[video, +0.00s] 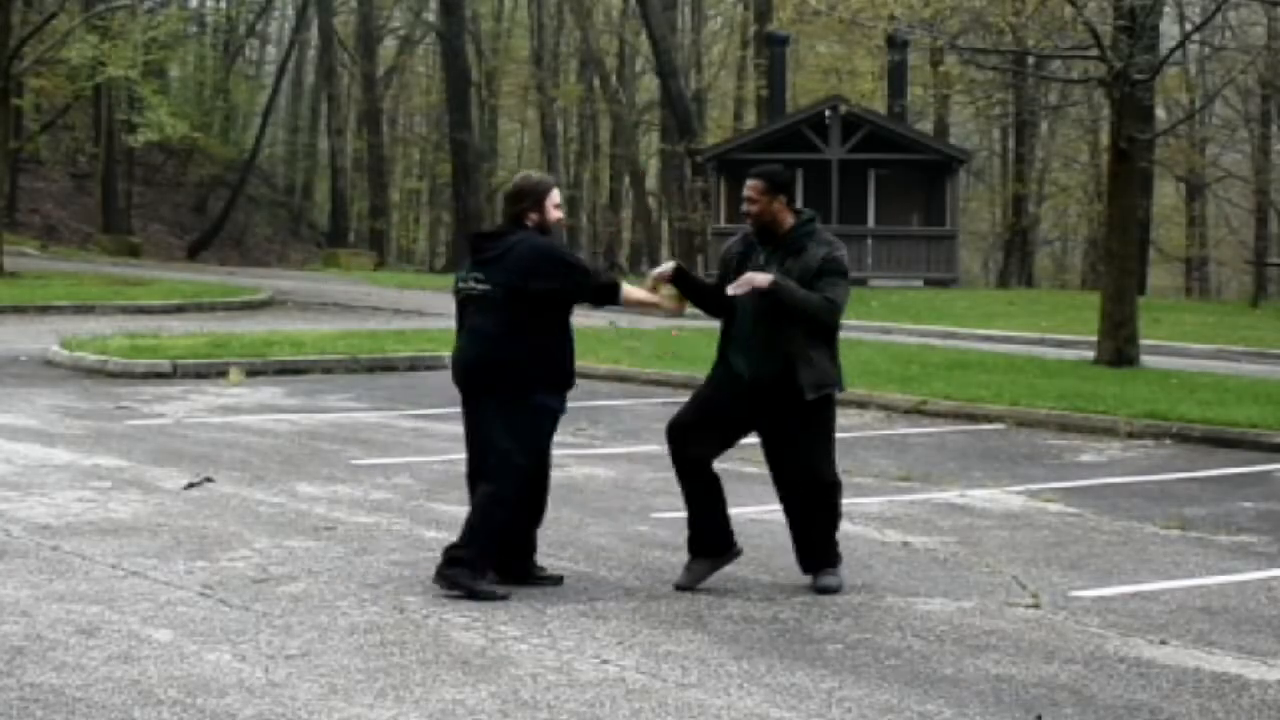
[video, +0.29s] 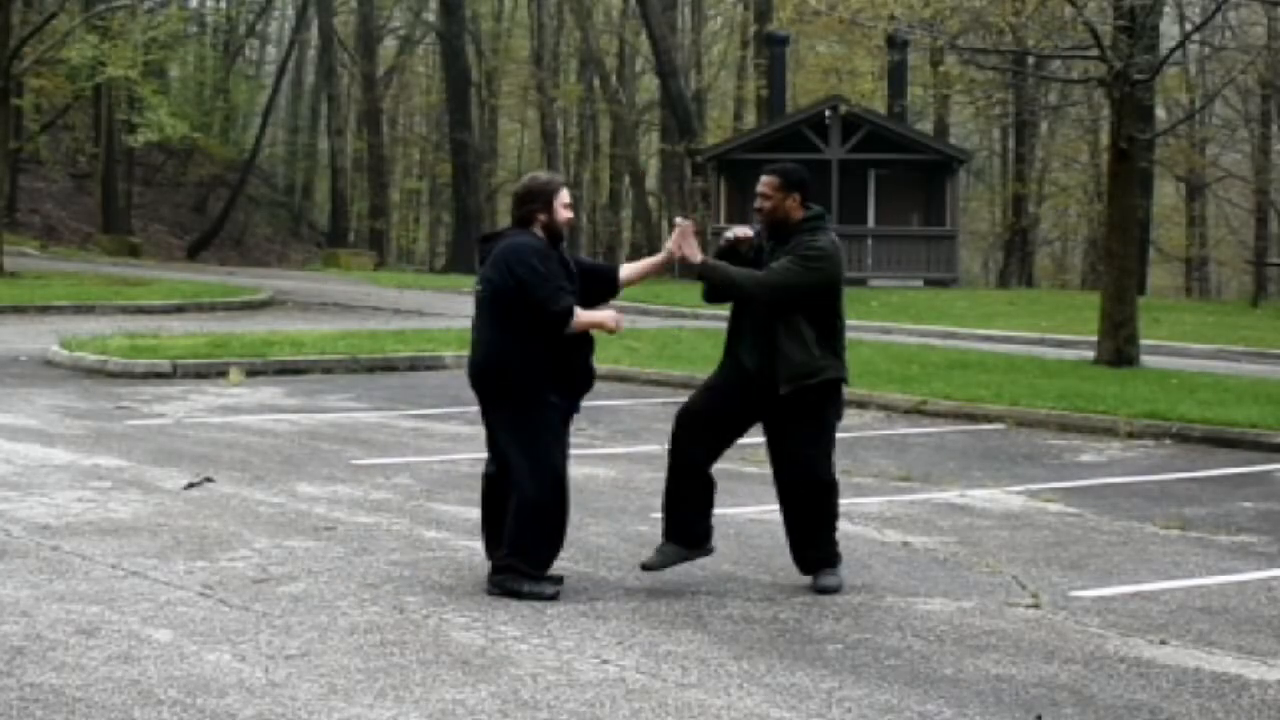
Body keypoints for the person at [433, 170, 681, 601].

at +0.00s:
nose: (563, 215)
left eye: (561, 206)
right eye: (557, 207)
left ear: (521, 213)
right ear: (534, 213)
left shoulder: (488, 253)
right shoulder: (542, 254)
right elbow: (601, 289)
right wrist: (658, 301)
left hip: (485, 385)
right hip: (527, 390)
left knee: (500, 472)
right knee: (519, 478)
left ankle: (515, 562)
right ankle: (463, 566)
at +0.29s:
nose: (571, 215)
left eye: (571, 207)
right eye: (565, 207)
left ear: (537, 212)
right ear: (540, 210)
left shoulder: (544, 254)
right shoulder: (523, 252)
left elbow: (602, 281)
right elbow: (555, 315)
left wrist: (665, 258)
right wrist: (596, 318)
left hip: (533, 386)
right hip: (519, 387)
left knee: (524, 473)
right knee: (535, 476)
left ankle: (517, 564)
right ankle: (514, 571)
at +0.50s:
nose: (568, 216)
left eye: (569, 208)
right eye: (560, 209)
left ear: (546, 214)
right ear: (534, 213)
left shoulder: (567, 256)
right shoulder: (506, 257)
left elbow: (625, 258)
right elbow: (543, 303)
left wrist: (671, 218)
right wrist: (587, 274)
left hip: (569, 395)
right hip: (523, 398)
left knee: (588, 474)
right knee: (534, 484)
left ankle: (557, 556)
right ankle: (514, 571)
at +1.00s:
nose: (594, 214)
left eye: (594, 206)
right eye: (587, 207)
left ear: (567, 215)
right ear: (562, 213)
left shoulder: (581, 256)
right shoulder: (538, 260)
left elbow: (639, 267)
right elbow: (592, 311)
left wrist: (691, 247)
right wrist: (620, 280)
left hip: (582, 398)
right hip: (542, 401)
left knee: (604, 480)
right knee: (541, 490)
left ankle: (607, 561)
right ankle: (513, 574)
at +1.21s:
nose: (621, 216)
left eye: (620, 208)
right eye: (615, 208)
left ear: (587, 214)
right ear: (593, 214)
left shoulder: (571, 256)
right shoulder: (586, 259)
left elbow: (627, 303)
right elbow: (648, 297)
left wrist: (681, 305)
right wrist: (682, 251)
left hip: (589, 392)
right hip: (584, 397)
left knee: (608, 480)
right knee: (576, 485)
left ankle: (609, 563)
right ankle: (524, 561)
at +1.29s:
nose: (630, 217)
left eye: (629, 210)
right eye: (624, 211)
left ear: (590, 217)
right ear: (602, 216)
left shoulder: (563, 260)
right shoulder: (607, 260)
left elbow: (610, 315)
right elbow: (673, 279)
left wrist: (669, 311)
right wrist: (712, 242)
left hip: (570, 386)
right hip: (613, 389)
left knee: (589, 472)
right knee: (618, 473)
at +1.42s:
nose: (646, 220)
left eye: (645, 212)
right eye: (641, 213)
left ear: (603, 219)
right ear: (617, 219)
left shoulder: (575, 260)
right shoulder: (631, 258)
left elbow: (625, 305)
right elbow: (698, 259)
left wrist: (668, 294)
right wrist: (738, 223)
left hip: (578, 389)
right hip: (625, 390)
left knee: (593, 466)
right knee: (660, 460)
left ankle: (600, 558)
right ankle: (640, 564)